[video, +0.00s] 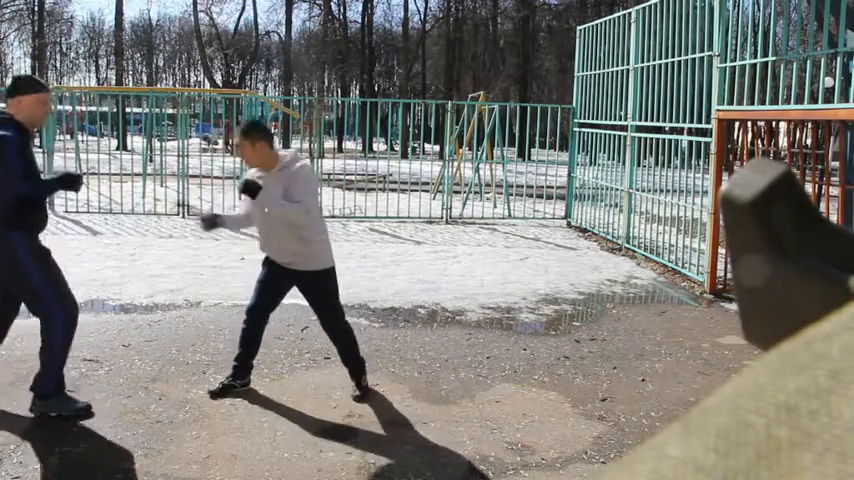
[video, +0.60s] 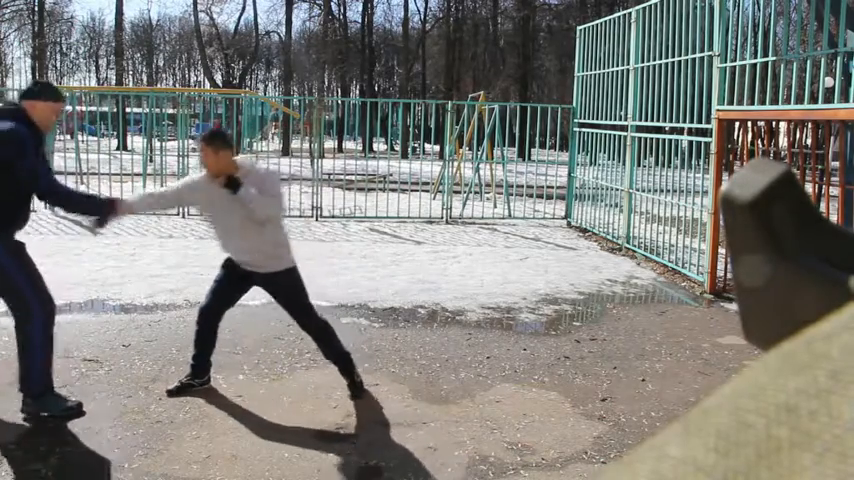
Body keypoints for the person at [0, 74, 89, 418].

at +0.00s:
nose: (48, 111)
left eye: (48, 104)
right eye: (44, 103)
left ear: (20, 103)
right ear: (21, 102)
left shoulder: (13, 136)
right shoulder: (10, 139)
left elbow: (21, 189)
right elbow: (20, 191)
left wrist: (56, 183)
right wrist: (61, 183)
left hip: (11, 243)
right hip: (16, 244)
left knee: (5, 313)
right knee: (61, 310)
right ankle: (48, 395)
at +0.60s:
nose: (57, 119)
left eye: (58, 112)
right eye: (55, 111)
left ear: (34, 105)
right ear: (35, 106)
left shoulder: (19, 132)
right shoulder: (17, 135)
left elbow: (46, 188)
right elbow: (47, 190)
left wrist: (99, 205)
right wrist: (103, 206)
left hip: (6, 243)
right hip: (3, 245)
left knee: (36, 308)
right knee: (37, 308)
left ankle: (37, 393)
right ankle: (38, 396)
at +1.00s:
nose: (41, 116)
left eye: (41, 108)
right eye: (36, 108)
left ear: (13, 109)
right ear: (12, 109)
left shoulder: (16, 143)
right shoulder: (7, 144)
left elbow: (34, 192)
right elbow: (30, 194)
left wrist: (78, 207)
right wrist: (78, 208)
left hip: (8, 250)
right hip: (4, 253)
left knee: (40, 313)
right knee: (38, 315)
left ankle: (39, 394)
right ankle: (39, 397)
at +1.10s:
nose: (35, 102)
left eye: (35, 95)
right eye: (29, 95)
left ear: (13, 97)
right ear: (8, 96)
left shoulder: (11, 129)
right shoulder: (5, 131)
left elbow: (16, 180)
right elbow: (14, 182)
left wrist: (53, 182)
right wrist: (55, 182)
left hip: (10, 238)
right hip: (5, 240)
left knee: (36, 306)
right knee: (37, 306)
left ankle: (39, 388)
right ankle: (41, 391)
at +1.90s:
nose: (33, 110)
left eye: (32, 104)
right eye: (27, 104)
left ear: (13, 109)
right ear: (7, 109)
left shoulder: (19, 142)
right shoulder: (7, 146)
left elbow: (36, 182)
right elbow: (30, 189)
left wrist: (73, 165)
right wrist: (73, 165)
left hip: (16, 247)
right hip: (9, 248)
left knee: (6, 310)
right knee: (63, 298)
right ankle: (56, 378)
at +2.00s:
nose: (40, 122)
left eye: (38, 115)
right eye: (34, 116)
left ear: (11, 122)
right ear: (10, 122)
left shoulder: (16, 150)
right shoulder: (17, 153)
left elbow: (73, 154)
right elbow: (74, 154)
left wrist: (108, 119)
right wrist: (109, 117)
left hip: (12, 255)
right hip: (16, 256)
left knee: (16, 312)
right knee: (78, 301)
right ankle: (86, 383)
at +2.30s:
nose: (81, 115)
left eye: (80, 110)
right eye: (75, 110)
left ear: (52, 115)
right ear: (53, 115)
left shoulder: (45, 140)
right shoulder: (47, 142)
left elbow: (110, 136)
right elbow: (101, 133)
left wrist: (119, 91)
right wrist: (115, 86)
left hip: (41, 248)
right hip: (46, 251)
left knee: (39, 309)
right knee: (98, 304)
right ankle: (100, 378)